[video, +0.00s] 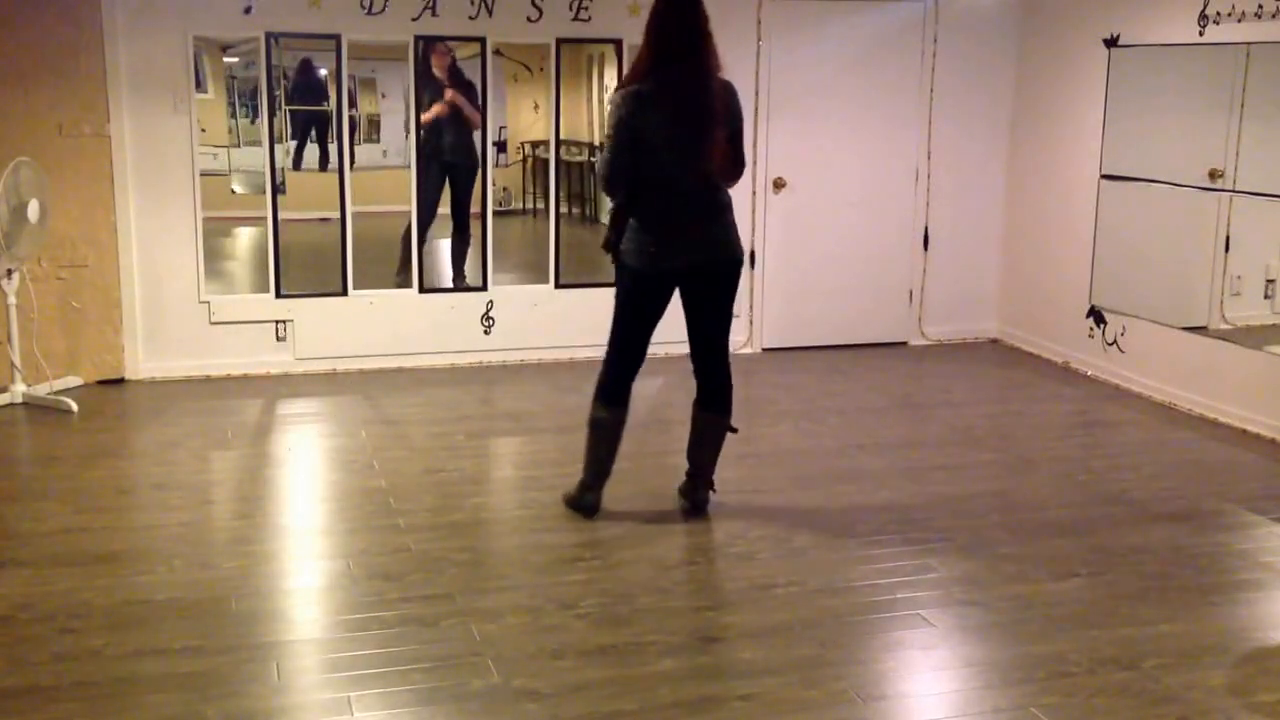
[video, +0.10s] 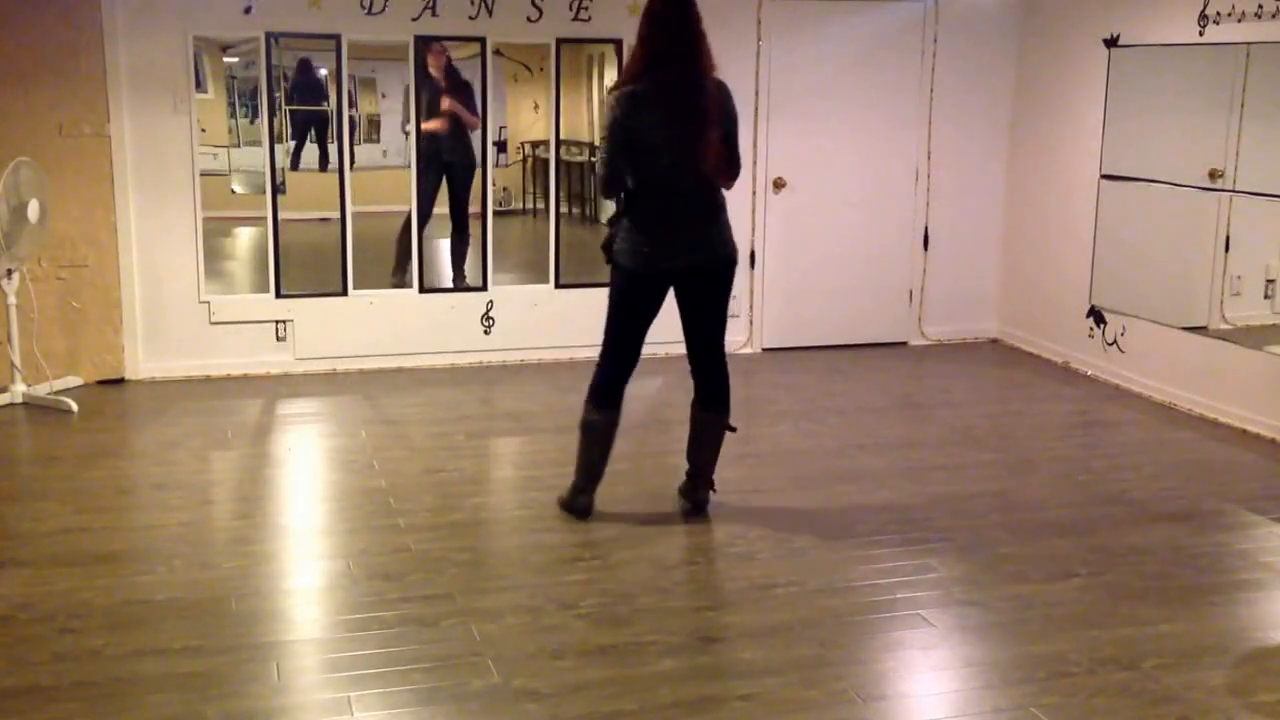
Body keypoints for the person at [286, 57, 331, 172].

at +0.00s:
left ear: (299, 68)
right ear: (312, 67)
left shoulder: (296, 81)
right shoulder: (317, 80)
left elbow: (291, 98)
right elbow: (325, 96)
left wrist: (293, 111)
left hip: (304, 113)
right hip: (320, 112)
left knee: (301, 141)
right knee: (322, 143)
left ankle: (296, 167)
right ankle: (323, 169)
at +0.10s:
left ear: (297, 68)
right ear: (311, 67)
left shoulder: (295, 81)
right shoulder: (317, 80)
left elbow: (290, 99)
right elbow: (324, 96)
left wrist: (292, 113)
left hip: (302, 113)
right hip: (319, 112)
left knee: (300, 142)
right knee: (322, 143)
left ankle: (293, 167)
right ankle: (323, 169)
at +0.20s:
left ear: (296, 68)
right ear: (310, 67)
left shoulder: (294, 80)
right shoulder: (316, 80)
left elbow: (289, 99)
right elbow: (322, 97)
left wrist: (292, 113)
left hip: (301, 113)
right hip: (317, 112)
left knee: (298, 142)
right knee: (321, 144)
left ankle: (292, 168)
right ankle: (323, 169)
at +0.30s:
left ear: (291, 67)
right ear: (305, 66)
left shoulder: (289, 80)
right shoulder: (311, 79)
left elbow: (286, 97)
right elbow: (318, 97)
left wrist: (289, 105)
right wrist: (311, 102)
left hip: (296, 112)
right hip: (312, 111)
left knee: (295, 143)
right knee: (317, 142)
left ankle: (292, 169)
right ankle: (322, 168)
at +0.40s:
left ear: (288, 67)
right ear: (302, 66)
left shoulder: (286, 79)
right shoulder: (308, 79)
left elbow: (282, 97)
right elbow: (314, 97)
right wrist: (308, 102)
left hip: (293, 112)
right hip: (309, 111)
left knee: (294, 143)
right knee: (315, 142)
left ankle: (291, 169)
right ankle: (321, 168)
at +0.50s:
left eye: (286, 67)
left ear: (286, 67)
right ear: (298, 66)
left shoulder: (284, 80)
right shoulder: (305, 79)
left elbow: (280, 96)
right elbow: (311, 96)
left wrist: (281, 108)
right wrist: (307, 102)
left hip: (290, 111)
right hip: (305, 110)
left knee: (291, 144)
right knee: (311, 141)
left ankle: (291, 170)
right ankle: (319, 167)